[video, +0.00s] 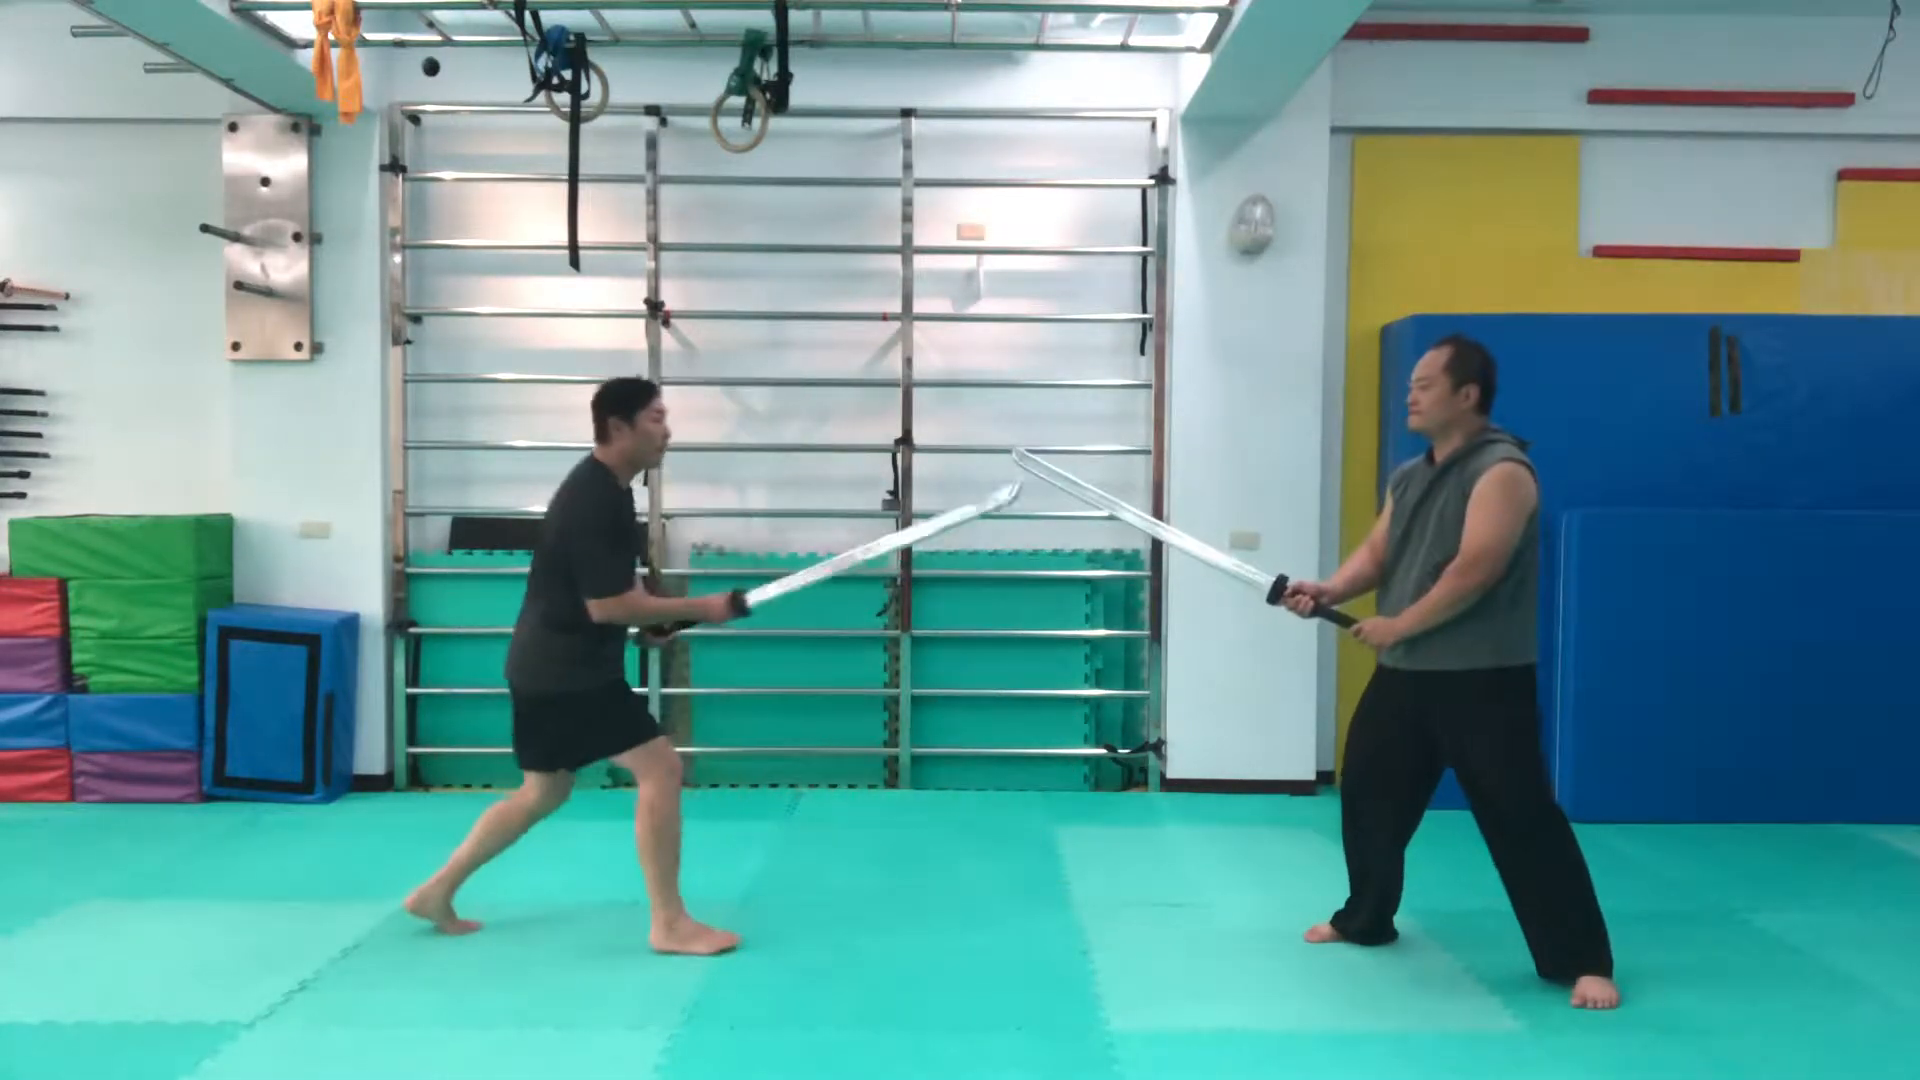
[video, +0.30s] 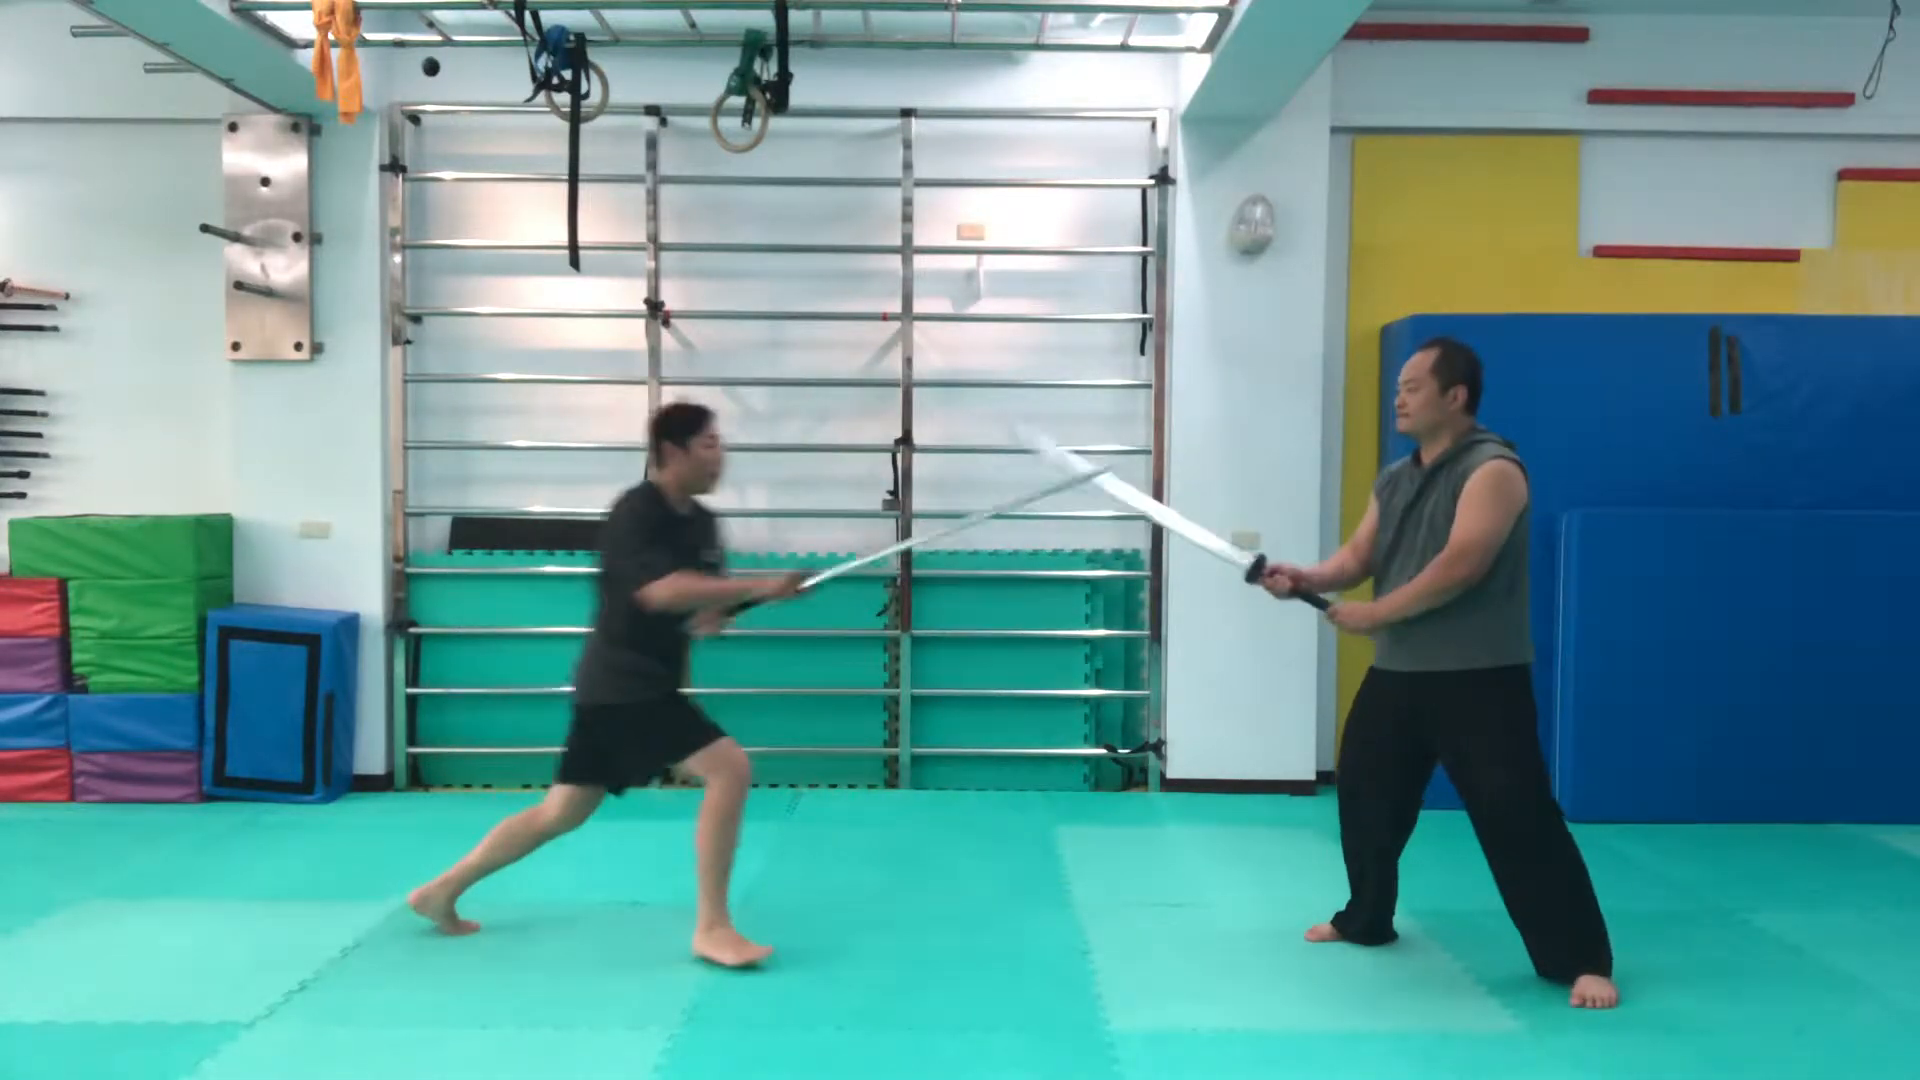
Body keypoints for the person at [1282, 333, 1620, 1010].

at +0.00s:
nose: (1410, 397)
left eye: (1423, 386)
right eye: (1411, 386)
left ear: (1467, 396)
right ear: (1442, 398)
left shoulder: (1504, 474)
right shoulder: (1409, 479)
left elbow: (1477, 568)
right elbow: (1375, 554)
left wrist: (1401, 624)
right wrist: (1327, 589)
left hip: (1484, 681)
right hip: (1404, 677)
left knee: (1522, 821)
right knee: (1370, 793)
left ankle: (1586, 965)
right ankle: (1365, 918)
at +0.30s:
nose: (1398, 398)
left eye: (1411, 388)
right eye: (1399, 388)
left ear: (1456, 397)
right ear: (1427, 399)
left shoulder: (1494, 472)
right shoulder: (1397, 480)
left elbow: (1463, 564)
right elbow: (1356, 557)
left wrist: (1376, 612)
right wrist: (1304, 578)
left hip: (1481, 681)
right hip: (1399, 677)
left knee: (1522, 822)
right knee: (1366, 791)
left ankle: (1586, 966)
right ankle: (1366, 918)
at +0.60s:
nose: (1415, 426)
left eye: (1427, 413)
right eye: (1413, 414)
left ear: (1475, 415)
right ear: (1427, 419)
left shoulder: (1525, 473)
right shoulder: (1409, 486)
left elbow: (1447, 539)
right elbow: (1334, 525)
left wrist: (1348, 562)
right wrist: (1255, 558)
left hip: (1531, 687)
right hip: (1443, 689)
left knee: (1560, 834)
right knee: (1400, 806)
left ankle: (1628, 990)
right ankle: (1370, 920)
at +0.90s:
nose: (1397, 467)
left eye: (1402, 453)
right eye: (1392, 455)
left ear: (1445, 441)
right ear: (1440, 448)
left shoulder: (1500, 455)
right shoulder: (1463, 498)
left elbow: (1405, 501)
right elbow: (1451, 573)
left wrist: (1350, 538)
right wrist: (1371, 590)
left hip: (1573, 664)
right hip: (1505, 667)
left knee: (1586, 821)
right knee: (1398, 651)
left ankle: (1631, 994)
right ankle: (1494, 778)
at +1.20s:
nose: (1349, 442)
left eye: (1357, 425)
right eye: (1348, 428)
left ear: (1391, 413)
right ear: (1362, 425)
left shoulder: (1447, 454)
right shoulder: (1383, 494)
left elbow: (1358, 390)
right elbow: (1305, 505)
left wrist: (1278, 374)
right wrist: (1248, 436)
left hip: (1490, 685)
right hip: (1424, 684)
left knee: (1530, 840)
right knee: (1310, 725)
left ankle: (1643, 989)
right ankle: (1250, 869)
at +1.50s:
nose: (1219, 465)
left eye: (1228, 453)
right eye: (1218, 454)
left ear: (1262, 452)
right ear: (1228, 457)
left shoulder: (1320, 486)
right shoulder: (1246, 510)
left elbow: (1249, 403)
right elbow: (1174, 500)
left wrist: (1179, 370)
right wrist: (1141, 417)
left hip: (1372, 698)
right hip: (1300, 705)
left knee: (1453, 835)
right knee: (1224, 802)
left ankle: (1591, 966)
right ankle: (1230, 956)